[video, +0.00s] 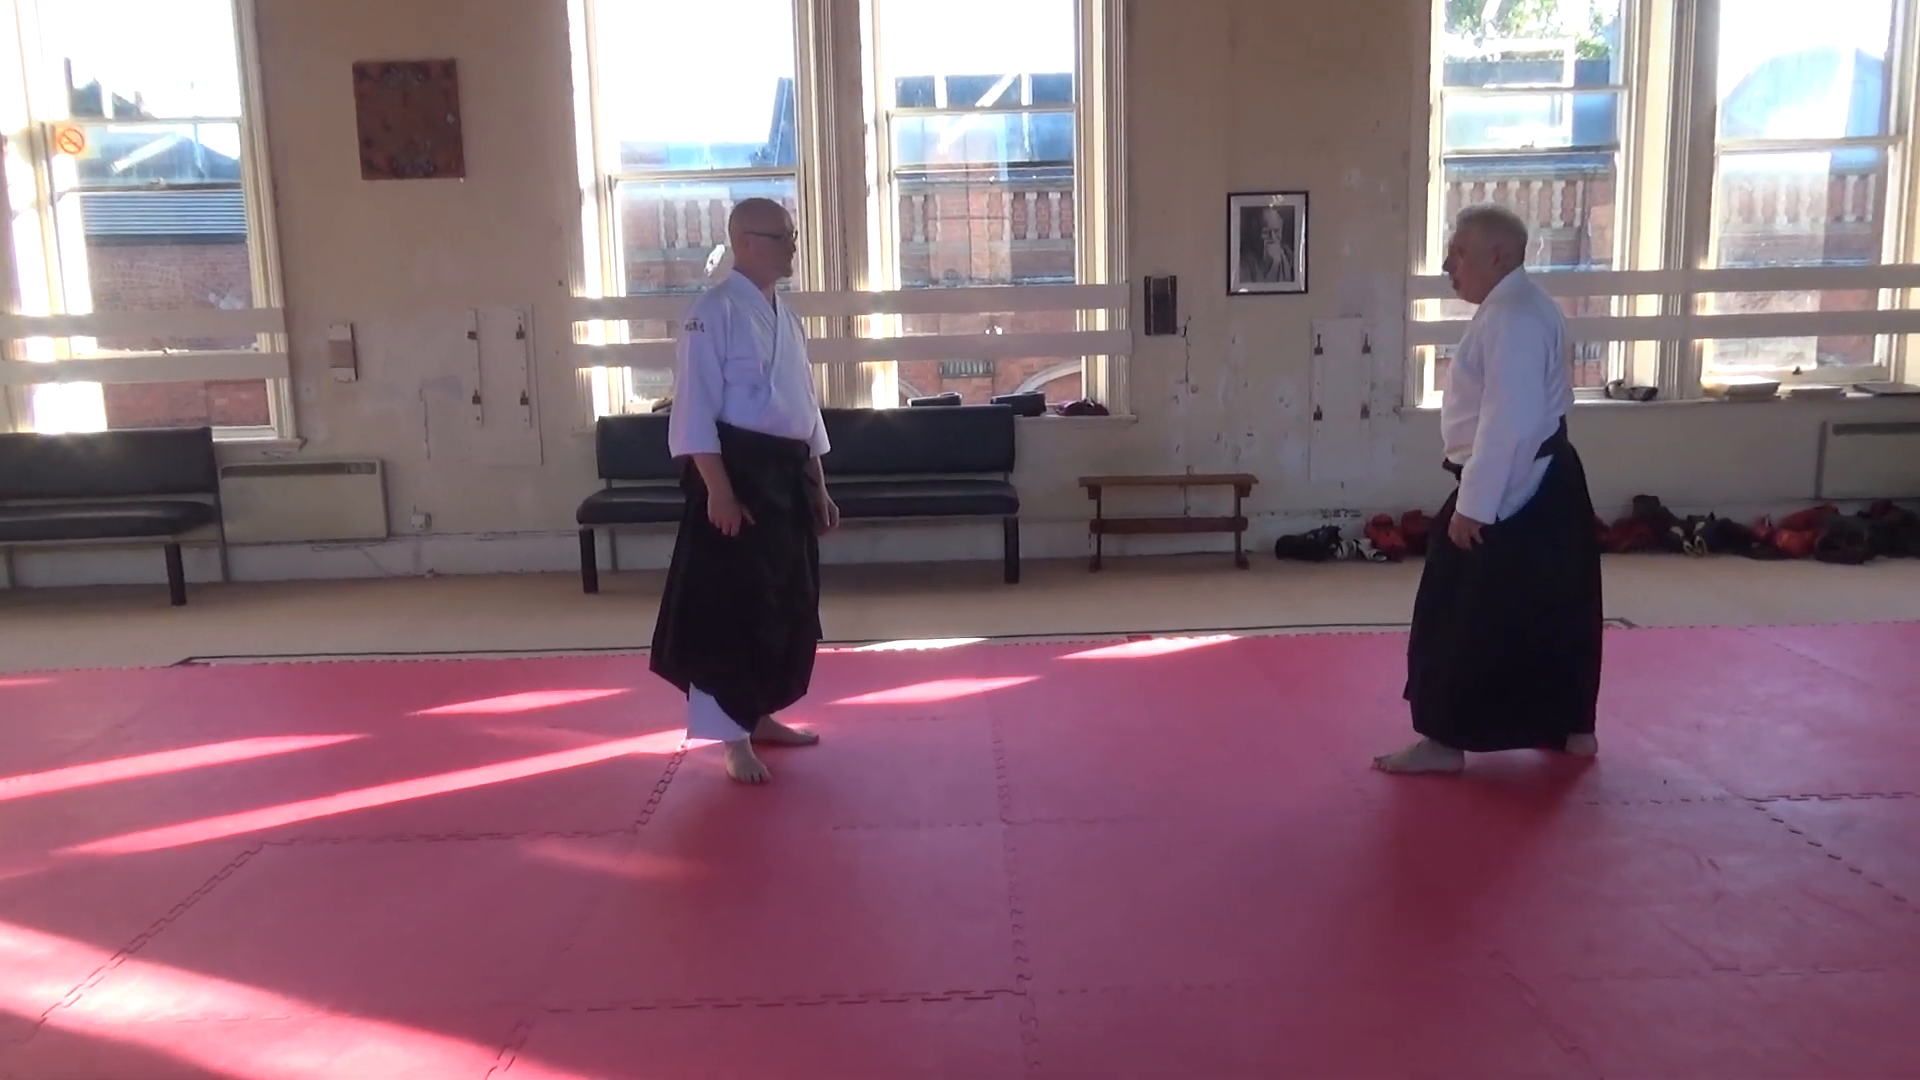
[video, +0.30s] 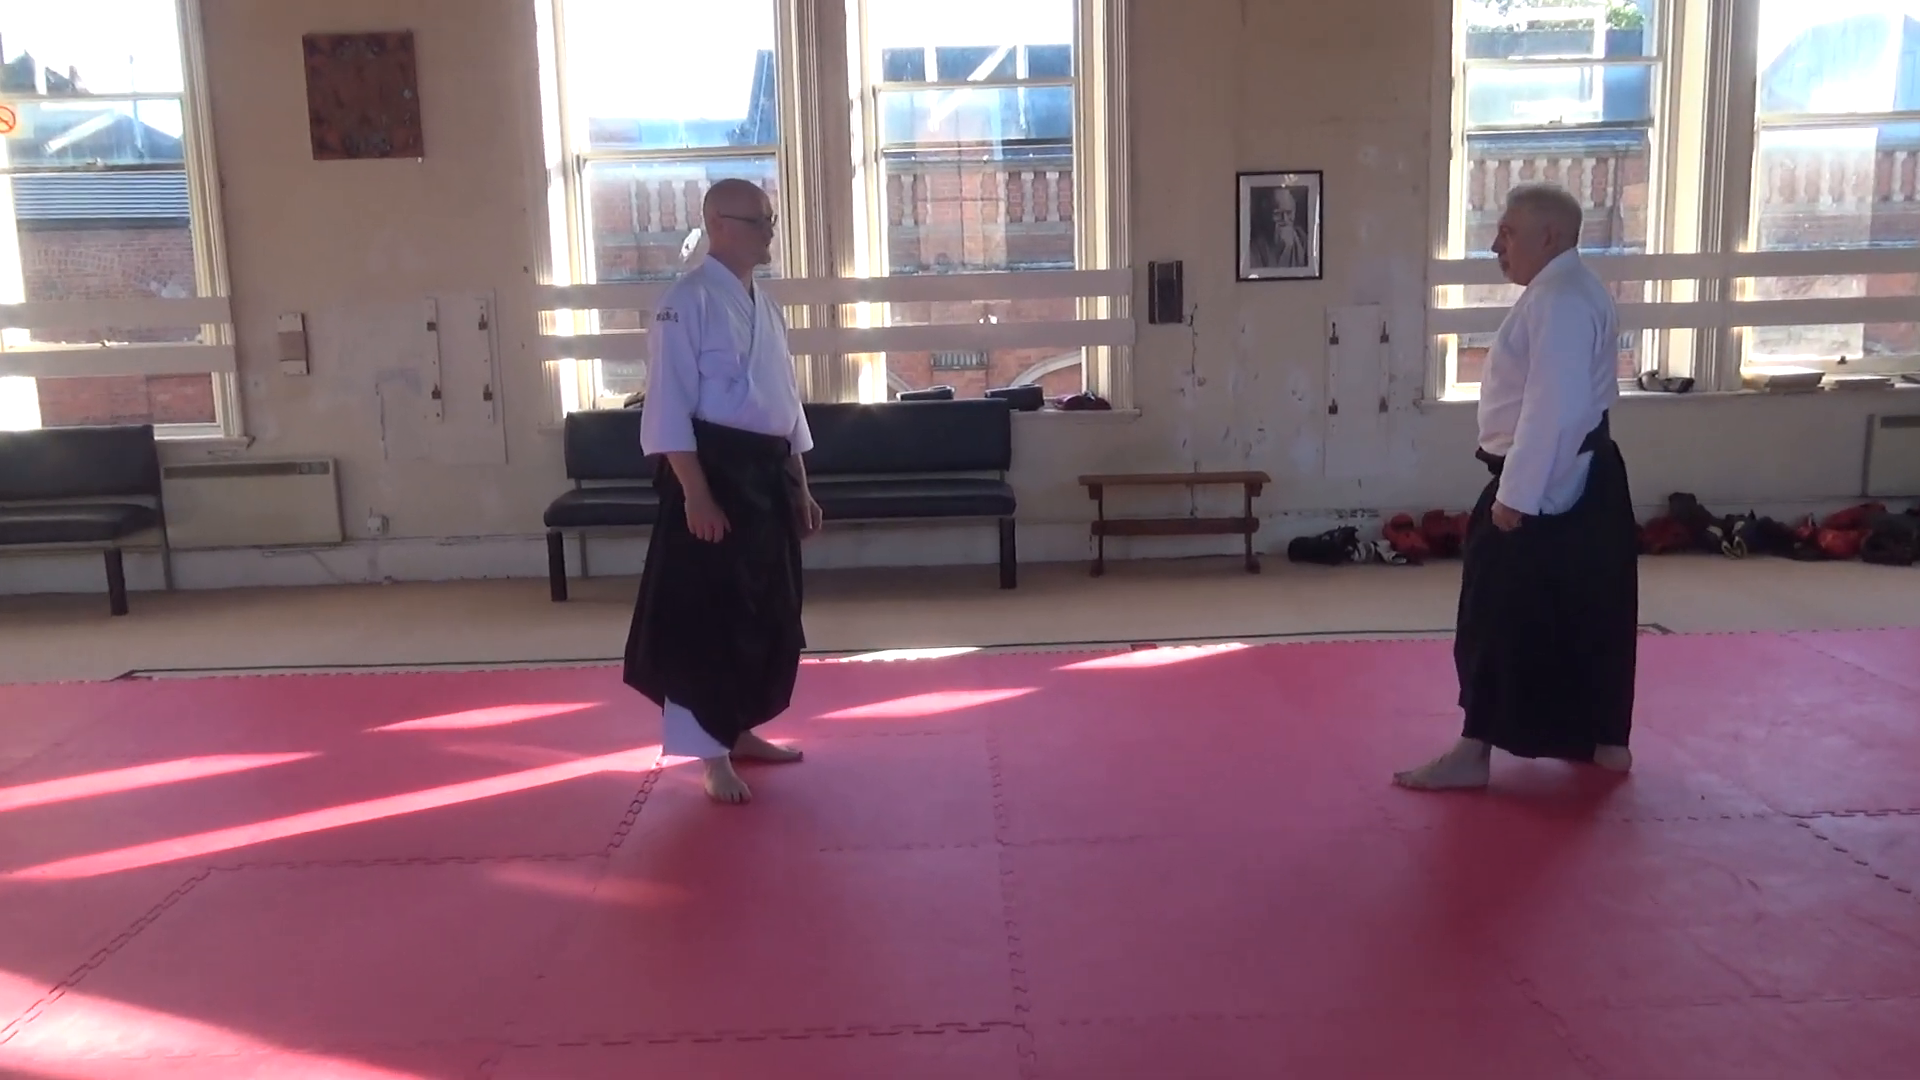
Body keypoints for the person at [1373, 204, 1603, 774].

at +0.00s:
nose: (1449, 265)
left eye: (1459, 253)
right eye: (1450, 253)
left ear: (1498, 255)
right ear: (1503, 257)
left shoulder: (1511, 315)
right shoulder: (1531, 305)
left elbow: (1509, 419)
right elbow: (1531, 407)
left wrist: (1472, 503)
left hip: (1505, 483)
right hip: (1549, 477)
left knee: (1453, 611)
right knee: (1559, 605)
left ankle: (1442, 740)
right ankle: (1575, 727)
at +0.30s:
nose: (1496, 242)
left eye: (1508, 231)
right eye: (1499, 230)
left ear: (1550, 236)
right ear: (1553, 238)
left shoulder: (1558, 299)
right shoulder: (1581, 289)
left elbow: (1551, 408)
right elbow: (1579, 397)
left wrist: (1515, 492)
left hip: (1537, 477)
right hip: (1588, 472)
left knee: (1488, 618)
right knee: (1597, 610)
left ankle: (1471, 752)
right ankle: (1609, 742)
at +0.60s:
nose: (1492, 250)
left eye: (1502, 239)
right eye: (1496, 237)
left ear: (1541, 245)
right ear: (1550, 246)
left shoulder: (1553, 305)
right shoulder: (1572, 296)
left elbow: (1564, 399)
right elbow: (1576, 396)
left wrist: (1519, 482)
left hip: (1529, 491)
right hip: (1573, 486)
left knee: (1486, 626)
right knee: (1579, 621)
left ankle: (1462, 764)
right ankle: (1602, 749)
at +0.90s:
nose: (1480, 263)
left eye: (1490, 253)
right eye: (1482, 251)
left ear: (1531, 258)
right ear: (1532, 259)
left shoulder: (1550, 322)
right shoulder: (1542, 312)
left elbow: (1506, 406)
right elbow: (1516, 405)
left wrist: (1457, 439)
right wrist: (1472, 436)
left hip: (1525, 502)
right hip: (1551, 495)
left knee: (1466, 630)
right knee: (1568, 631)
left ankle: (1454, 774)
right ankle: (1589, 762)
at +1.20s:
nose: (1476, 276)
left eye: (1487, 264)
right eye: (1477, 264)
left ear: (1528, 267)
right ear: (1526, 269)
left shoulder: (1544, 334)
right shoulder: (1523, 327)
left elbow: (1470, 382)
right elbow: (1451, 359)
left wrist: (1375, 399)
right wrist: (1378, 374)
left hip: (1517, 511)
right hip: (1547, 506)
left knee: (1460, 646)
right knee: (1562, 642)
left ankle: (1444, 784)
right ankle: (1582, 771)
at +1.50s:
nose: (1453, 288)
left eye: (1464, 277)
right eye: (1454, 277)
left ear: (1505, 277)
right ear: (1508, 279)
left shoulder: (1518, 345)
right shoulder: (1515, 335)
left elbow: (1481, 454)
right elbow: (1460, 438)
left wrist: (1415, 513)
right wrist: (1400, 486)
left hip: (1500, 523)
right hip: (1542, 514)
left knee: (1453, 654)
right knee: (1555, 649)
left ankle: (1438, 792)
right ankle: (1576, 779)